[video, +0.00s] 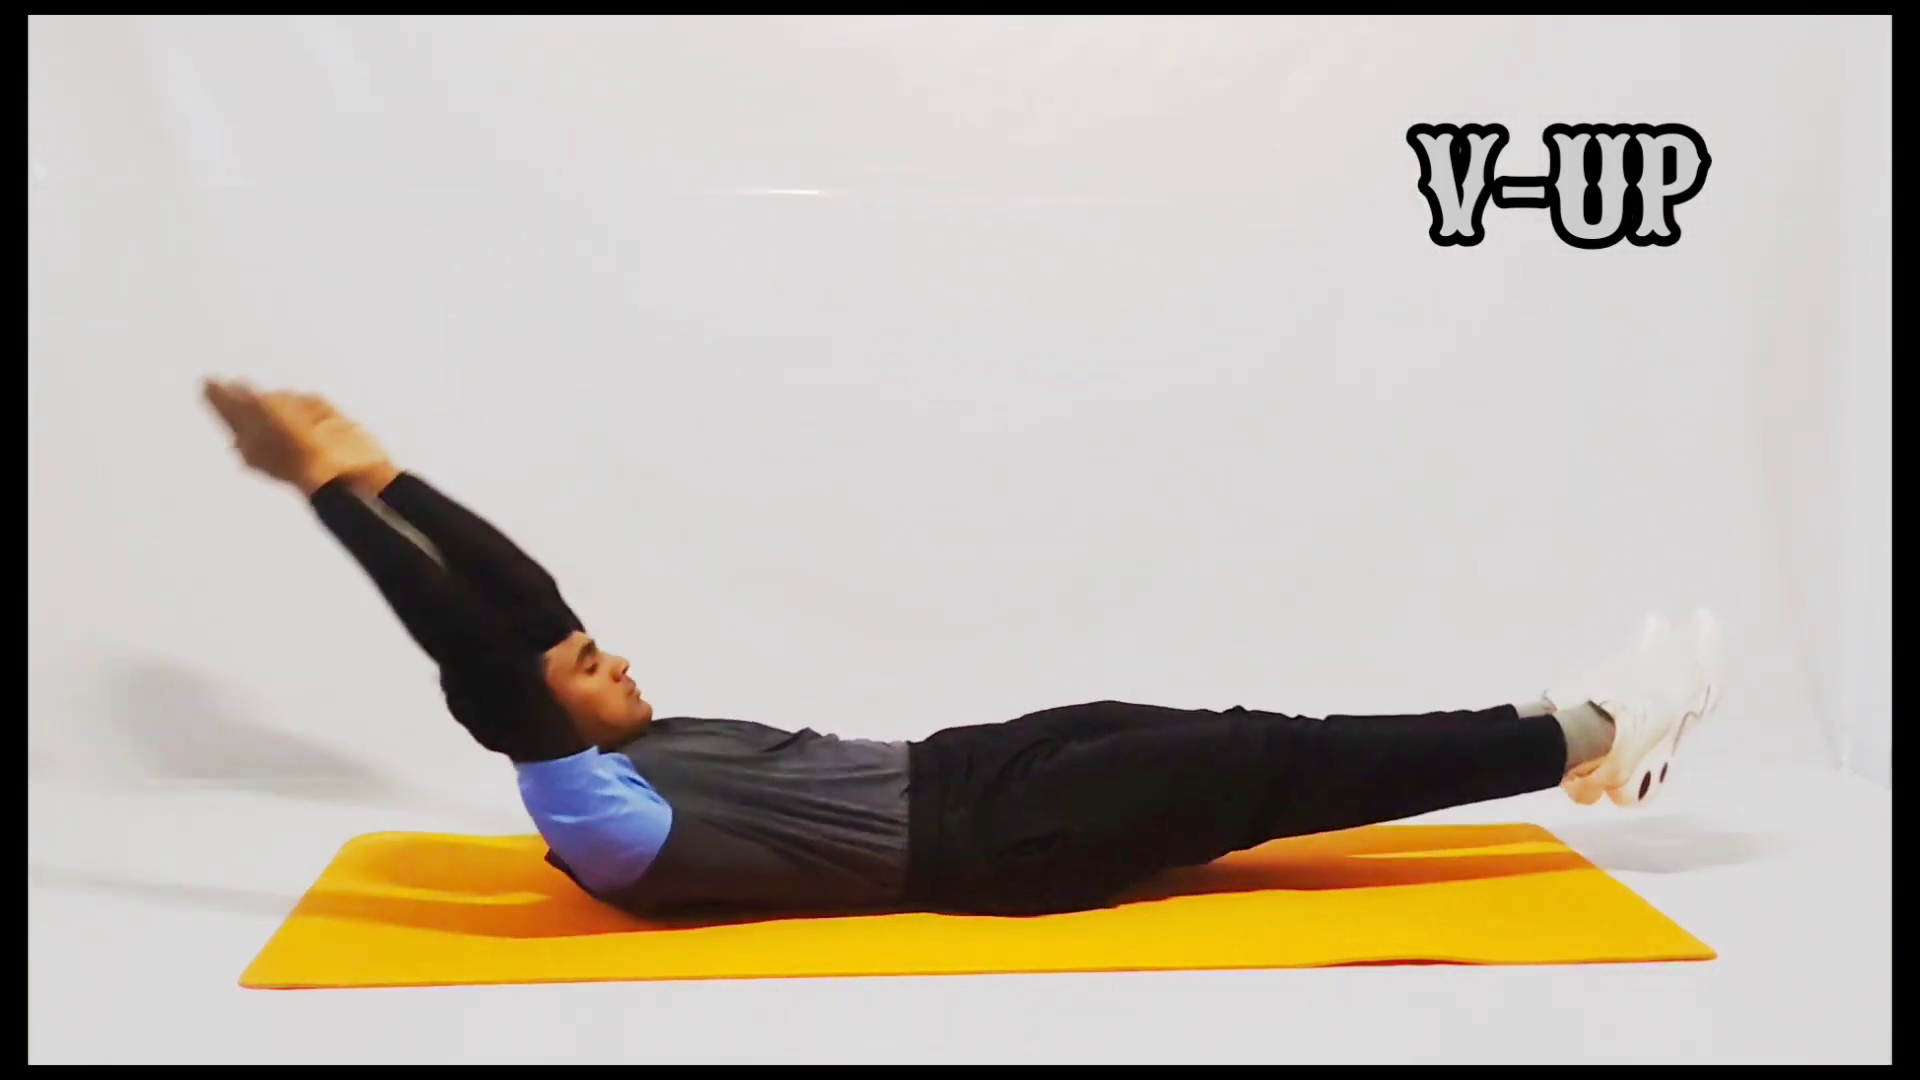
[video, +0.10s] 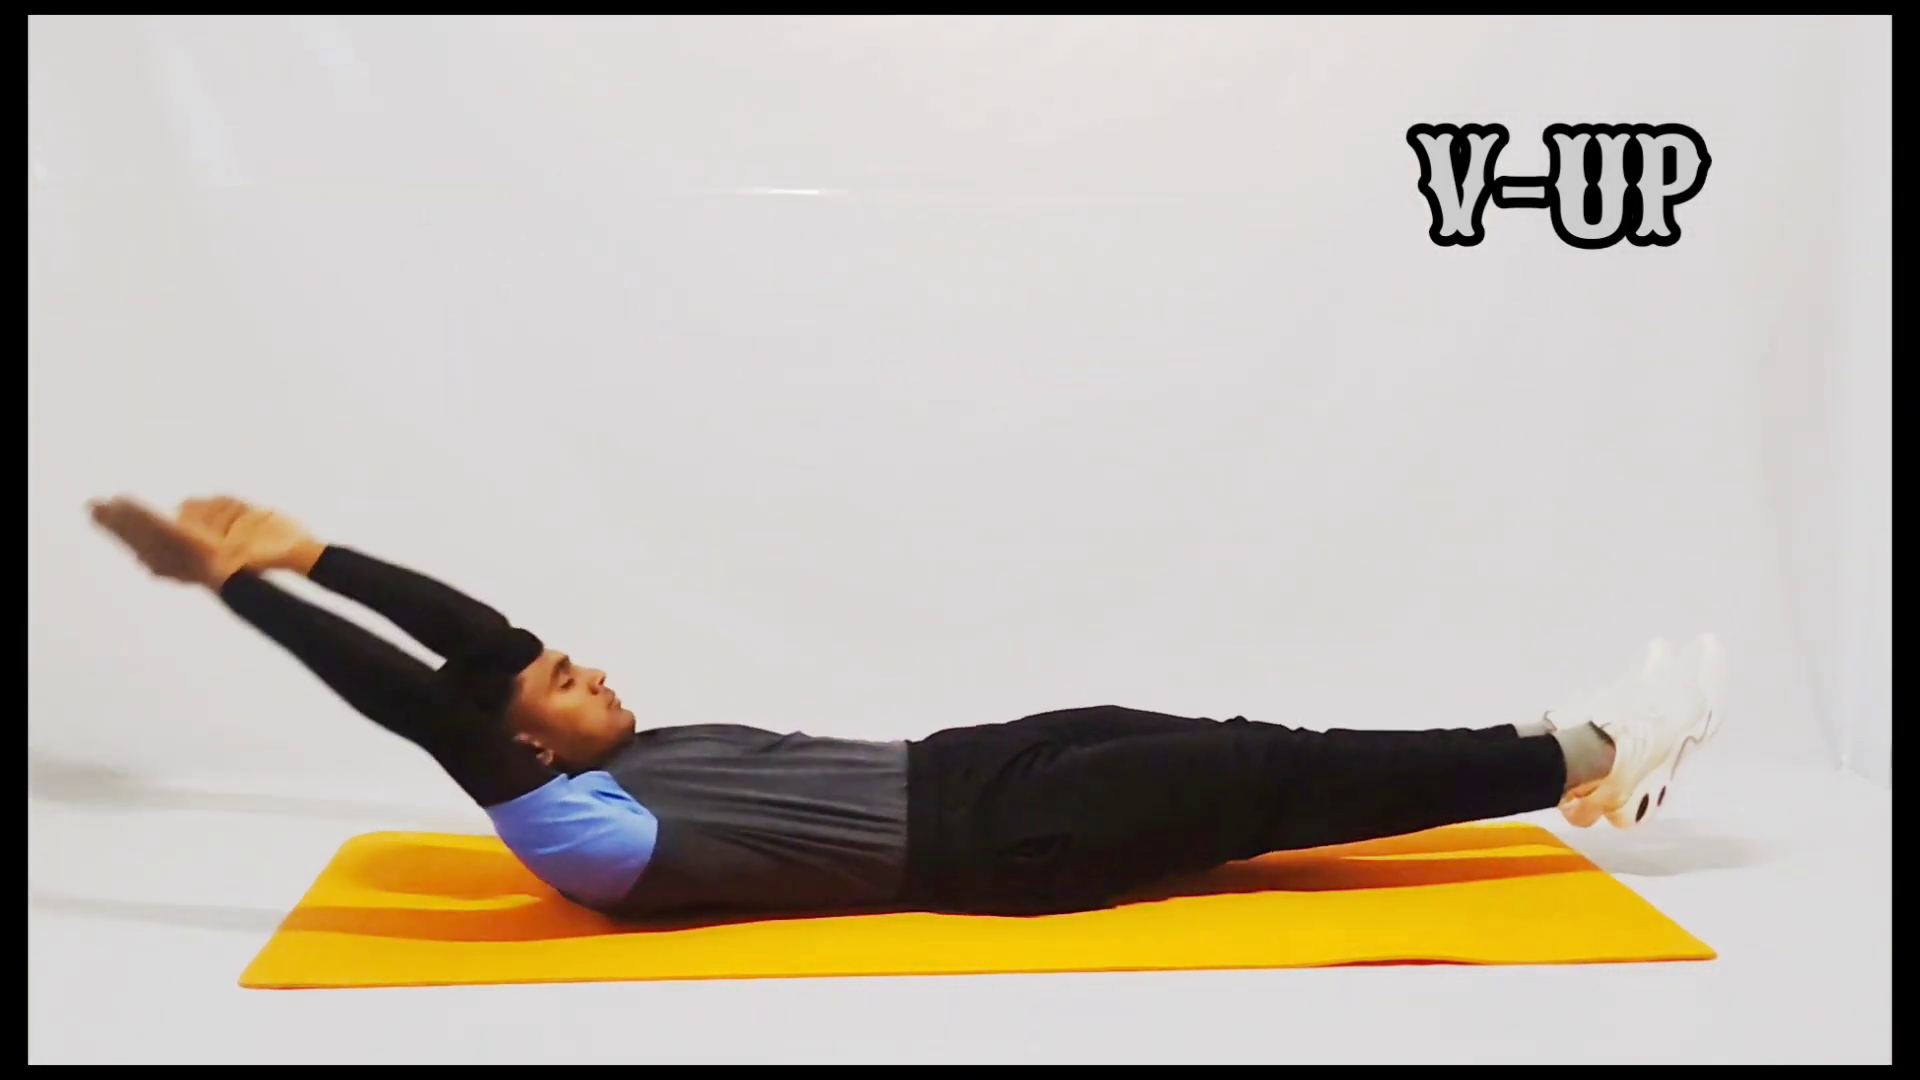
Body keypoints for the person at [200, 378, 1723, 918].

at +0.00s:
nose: (599, 660)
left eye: (586, 643)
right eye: (575, 658)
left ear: (588, 673)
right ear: (547, 710)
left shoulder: (647, 757)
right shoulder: (610, 811)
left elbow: (516, 617)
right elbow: (471, 647)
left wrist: (381, 477)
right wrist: (338, 497)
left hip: (985, 767)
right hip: (978, 827)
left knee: (1272, 744)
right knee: (1266, 762)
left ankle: (1566, 740)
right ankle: (1571, 755)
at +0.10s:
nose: (582, 684)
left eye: (563, 673)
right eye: (554, 690)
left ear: (559, 711)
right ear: (524, 745)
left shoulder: (615, 772)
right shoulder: (583, 831)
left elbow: (476, 640)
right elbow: (402, 697)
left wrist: (303, 546)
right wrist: (232, 583)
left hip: (990, 776)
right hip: (981, 816)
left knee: (1265, 760)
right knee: (1260, 780)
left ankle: (1562, 765)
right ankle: (1569, 773)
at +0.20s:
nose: (568, 698)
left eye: (544, 689)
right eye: (539, 707)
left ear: (549, 720)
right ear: (509, 767)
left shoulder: (602, 770)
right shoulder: (575, 839)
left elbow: (461, 684)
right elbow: (369, 778)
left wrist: (247, 640)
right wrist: (161, 703)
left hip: (990, 766)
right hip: (981, 825)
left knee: (1276, 762)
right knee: (1276, 795)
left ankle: (1577, 782)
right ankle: (1585, 782)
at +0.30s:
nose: (542, 713)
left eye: (522, 705)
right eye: (515, 726)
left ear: (537, 725)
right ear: (490, 789)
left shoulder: (611, 771)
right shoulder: (570, 846)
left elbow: (404, 728)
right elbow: (346, 825)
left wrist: (217, 723)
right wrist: (130, 801)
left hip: (994, 756)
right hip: (975, 822)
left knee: (1267, 759)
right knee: (1265, 793)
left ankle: (1564, 783)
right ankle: (1566, 781)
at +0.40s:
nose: (539, 736)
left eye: (521, 727)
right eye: (512, 751)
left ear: (539, 739)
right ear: (492, 811)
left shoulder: (609, 778)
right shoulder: (587, 849)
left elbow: (386, 777)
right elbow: (374, 869)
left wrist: (189, 796)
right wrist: (159, 850)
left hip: (1000, 751)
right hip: (987, 819)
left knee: (1284, 760)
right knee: (1287, 797)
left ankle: (1569, 777)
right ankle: (1573, 791)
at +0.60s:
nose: (534, 739)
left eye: (517, 730)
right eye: (506, 753)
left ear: (541, 739)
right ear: (496, 808)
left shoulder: (624, 776)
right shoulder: (591, 853)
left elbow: (377, 790)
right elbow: (395, 865)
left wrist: (175, 824)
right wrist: (159, 853)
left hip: (995, 751)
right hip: (979, 824)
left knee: (1268, 757)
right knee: (1274, 805)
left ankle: (1558, 781)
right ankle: (1572, 801)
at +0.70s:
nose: (541, 732)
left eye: (523, 725)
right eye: (516, 748)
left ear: (543, 741)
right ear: (503, 808)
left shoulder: (627, 772)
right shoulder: (595, 846)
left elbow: (389, 793)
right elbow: (404, 865)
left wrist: (189, 809)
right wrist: (170, 844)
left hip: (998, 754)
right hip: (981, 820)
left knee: (1269, 761)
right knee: (1273, 806)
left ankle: (1560, 785)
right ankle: (1574, 804)